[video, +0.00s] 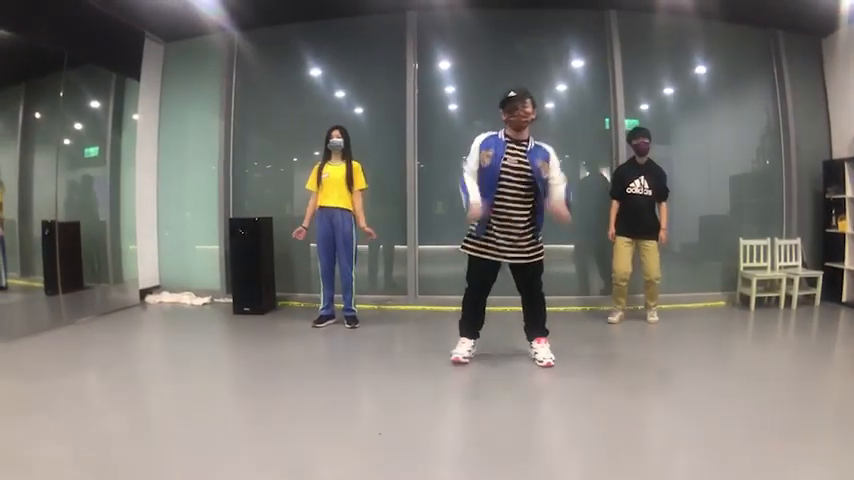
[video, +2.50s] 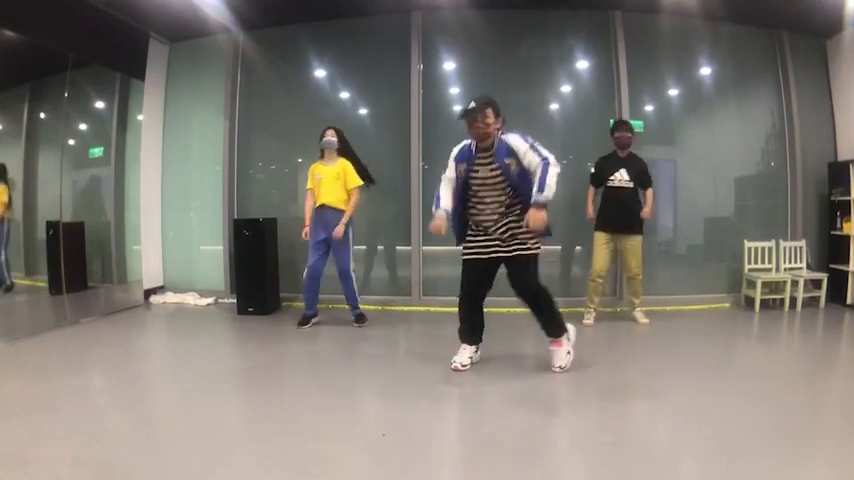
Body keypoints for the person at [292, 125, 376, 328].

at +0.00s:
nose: (336, 140)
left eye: (340, 137)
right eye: (332, 137)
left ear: (346, 141)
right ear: (327, 142)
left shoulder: (353, 166)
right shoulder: (320, 167)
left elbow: (357, 196)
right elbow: (313, 198)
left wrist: (362, 224)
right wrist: (305, 225)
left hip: (344, 214)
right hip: (323, 214)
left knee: (346, 265)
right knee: (325, 265)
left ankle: (349, 312)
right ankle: (326, 311)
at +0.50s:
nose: (318, 149)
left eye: (323, 146)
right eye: (315, 145)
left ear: (329, 151)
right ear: (311, 151)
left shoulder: (337, 173)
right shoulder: (309, 177)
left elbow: (351, 200)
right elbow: (300, 204)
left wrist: (336, 220)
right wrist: (298, 221)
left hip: (334, 226)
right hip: (316, 226)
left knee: (332, 277)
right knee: (309, 273)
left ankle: (362, 312)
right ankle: (308, 317)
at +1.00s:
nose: (345, 149)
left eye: (349, 146)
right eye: (341, 146)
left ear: (354, 154)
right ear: (335, 152)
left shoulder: (356, 180)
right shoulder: (324, 173)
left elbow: (363, 207)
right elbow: (300, 191)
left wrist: (350, 209)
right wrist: (309, 214)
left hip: (341, 224)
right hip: (322, 223)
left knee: (348, 271)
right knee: (328, 273)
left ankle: (348, 313)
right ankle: (299, 311)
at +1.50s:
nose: (318, 147)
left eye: (323, 144)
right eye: (315, 144)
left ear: (330, 152)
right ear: (311, 151)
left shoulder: (334, 171)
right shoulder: (309, 177)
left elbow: (350, 195)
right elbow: (300, 202)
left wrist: (326, 213)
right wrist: (301, 217)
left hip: (334, 224)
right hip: (315, 225)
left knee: (335, 273)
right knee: (305, 269)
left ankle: (365, 309)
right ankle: (309, 314)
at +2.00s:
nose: (333, 144)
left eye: (337, 141)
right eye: (329, 141)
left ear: (342, 148)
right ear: (323, 147)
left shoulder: (349, 173)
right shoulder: (315, 171)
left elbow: (361, 202)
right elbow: (303, 198)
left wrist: (345, 224)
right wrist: (302, 226)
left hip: (343, 218)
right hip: (322, 219)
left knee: (349, 267)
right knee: (322, 270)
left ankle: (348, 311)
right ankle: (296, 311)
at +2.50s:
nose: (329, 137)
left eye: (333, 135)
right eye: (326, 135)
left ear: (339, 142)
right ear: (321, 142)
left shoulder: (345, 165)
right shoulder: (315, 168)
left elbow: (356, 195)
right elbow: (310, 195)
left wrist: (342, 223)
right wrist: (308, 222)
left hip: (339, 213)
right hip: (319, 213)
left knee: (344, 267)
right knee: (313, 266)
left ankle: (356, 310)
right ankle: (310, 311)